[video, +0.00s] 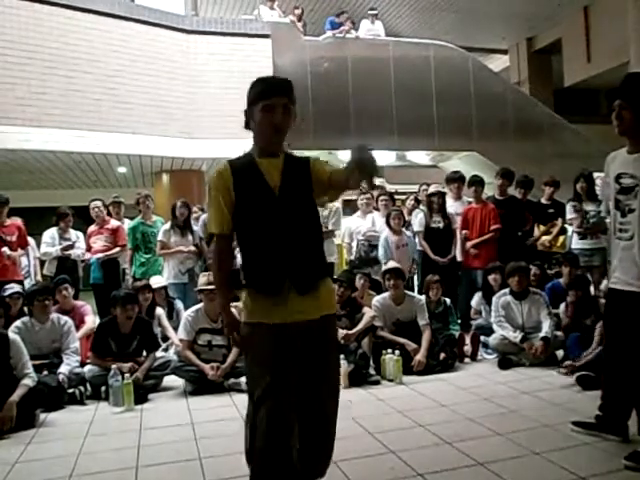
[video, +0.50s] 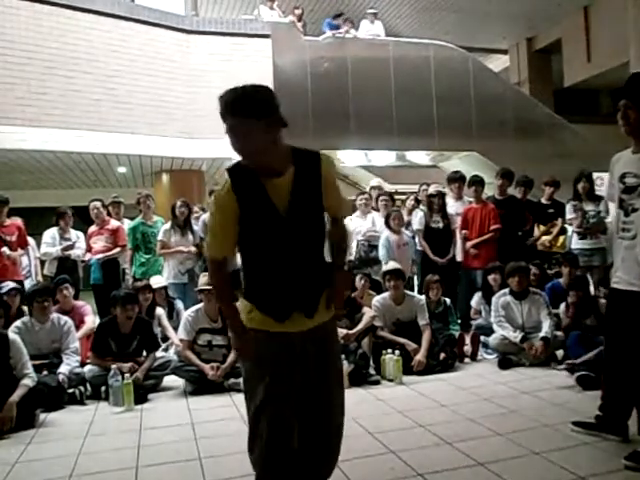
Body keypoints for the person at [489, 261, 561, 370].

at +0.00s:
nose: (517, 280)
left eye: (521, 276)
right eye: (513, 277)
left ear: (527, 278)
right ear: (508, 280)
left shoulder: (539, 296)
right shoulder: (499, 299)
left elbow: (548, 319)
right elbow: (498, 323)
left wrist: (544, 339)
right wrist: (522, 339)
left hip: (535, 335)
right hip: (512, 336)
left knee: (558, 338)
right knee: (495, 341)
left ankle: (519, 360)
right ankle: (541, 358)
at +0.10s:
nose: (517, 280)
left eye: (521, 276)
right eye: (513, 277)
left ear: (527, 278)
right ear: (508, 280)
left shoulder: (539, 296)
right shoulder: (499, 299)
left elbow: (548, 319)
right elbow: (498, 323)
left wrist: (544, 339)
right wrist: (522, 339)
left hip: (535, 335)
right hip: (512, 335)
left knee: (559, 338)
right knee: (495, 341)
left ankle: (519, 360)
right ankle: (542, 358)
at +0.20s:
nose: (517, 280)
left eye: (521, 276)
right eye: (513, 276)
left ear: (527, 278)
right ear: (508, 280)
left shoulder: (539, 296)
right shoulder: (499, 299)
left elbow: (548, 319)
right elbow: (498, 323)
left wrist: (544, 339)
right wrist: (521, 339)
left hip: (535, 335)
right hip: (512, 336)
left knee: (559, 338)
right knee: (495, 341)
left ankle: (519, 360)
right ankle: (542, 358)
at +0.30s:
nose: (517, 280)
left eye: (521, 276)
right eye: (513, 277)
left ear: (527, 278)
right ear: (508, 280)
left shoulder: (539, 297)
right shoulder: (499, 299)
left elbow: (547, 319)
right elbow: (498, 323)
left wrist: (544, 339)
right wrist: (521, 339)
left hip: (535, 335)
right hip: (512, 335)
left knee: (559, 338)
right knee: (495, 341)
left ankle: (519, 360)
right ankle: (542, 358)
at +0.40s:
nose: (517, 280)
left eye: (521, 276)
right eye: (513, 277)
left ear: (527, 278)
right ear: (508, 280)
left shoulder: (539, 296)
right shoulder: (499, 299)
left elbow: (547, 319)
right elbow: (498, 323)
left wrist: (544, 339)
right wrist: (521, 339)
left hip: (535, 335)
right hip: (512, 335)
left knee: (559, 338)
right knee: (495, 341)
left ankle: (519, 360)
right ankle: (542, 358)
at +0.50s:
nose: (517, 280)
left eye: (521, 277)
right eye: (513, 277)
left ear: (527, 278)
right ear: (508, 280)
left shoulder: (539, 297)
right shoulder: (499, 299)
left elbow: (547, 319)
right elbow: (498, 323)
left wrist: (544, 339)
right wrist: (521, 339)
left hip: (535, 335)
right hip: (512, 335)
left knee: (559, 337)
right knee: (495, 341)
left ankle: (519, 360)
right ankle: (542, 358)